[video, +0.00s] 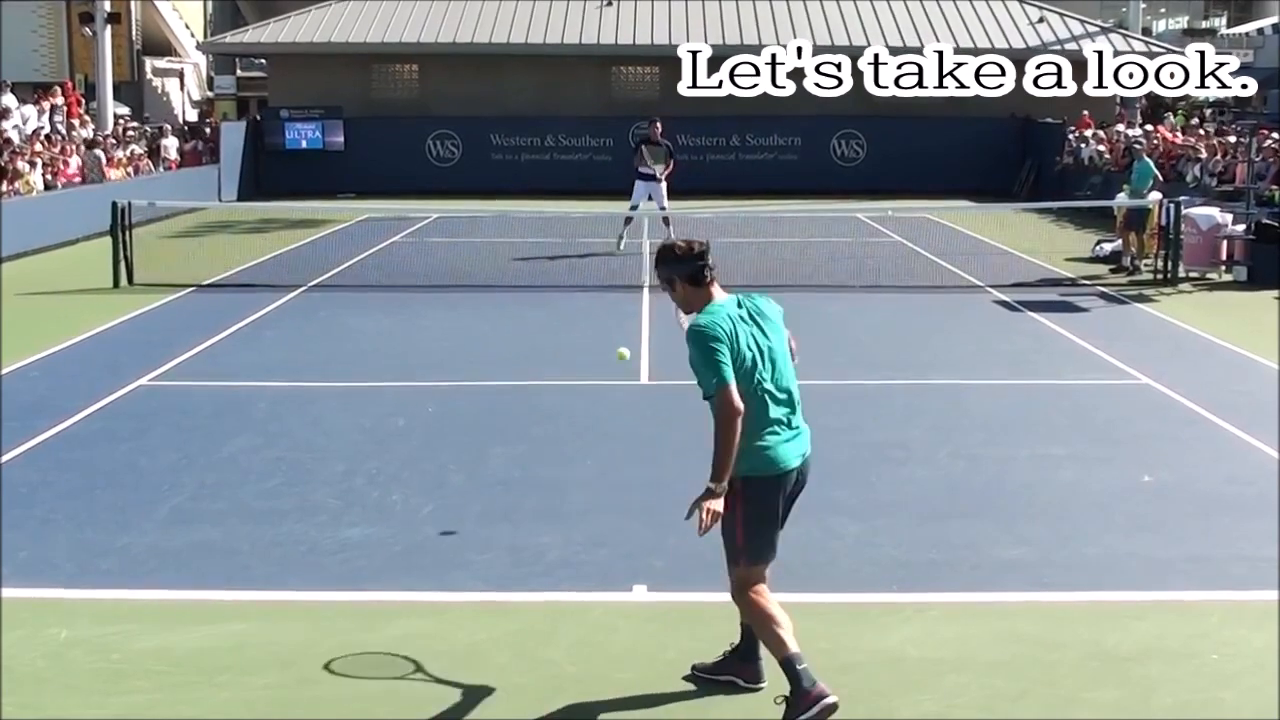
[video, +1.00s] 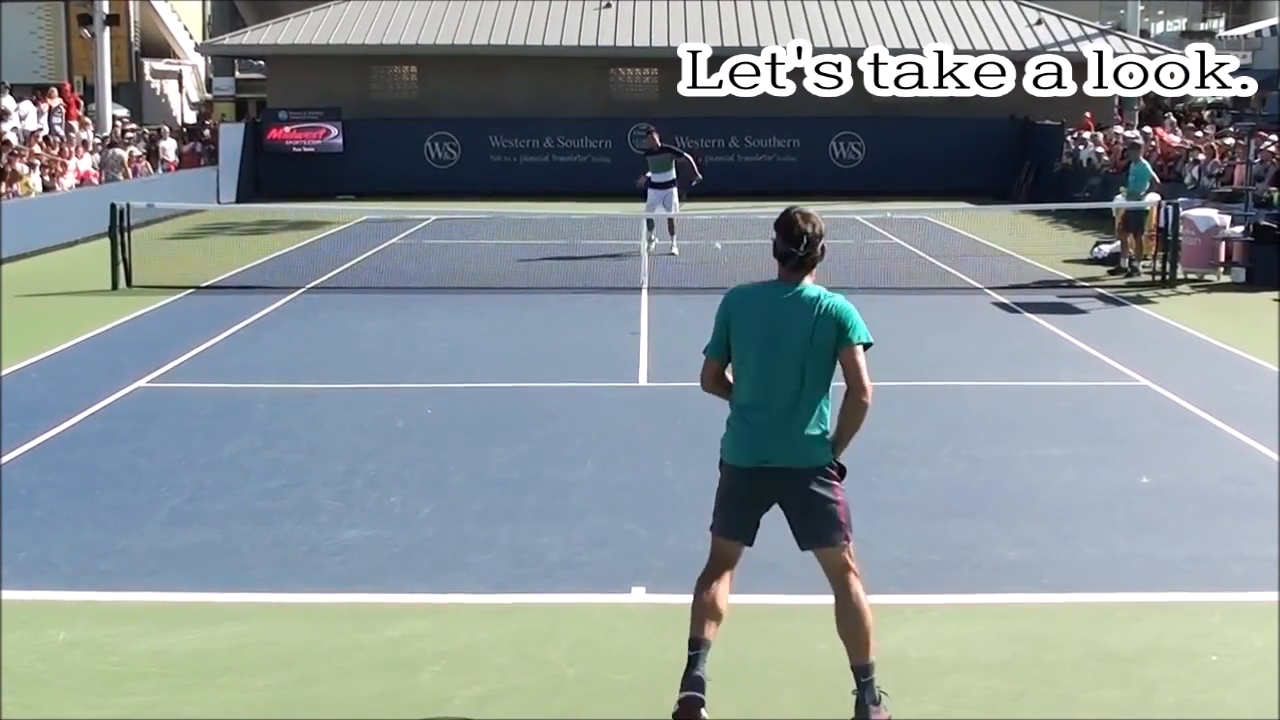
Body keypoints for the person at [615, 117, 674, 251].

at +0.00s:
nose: (656, 131)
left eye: (658, 128)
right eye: (653, 128)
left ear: (661, 130)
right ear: (649, 129)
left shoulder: (666, 145)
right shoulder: (641, 144)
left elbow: (671, 163)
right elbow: (637, 163)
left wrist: (663, 175)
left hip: (658, 181)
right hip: (642, 180)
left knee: (664, 209)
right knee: (633, 208)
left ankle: (670, 236)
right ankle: (622, 235)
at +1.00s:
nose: (653, 141)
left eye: (654, 137)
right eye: (650, 139)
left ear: (658, 137)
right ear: (647, 141)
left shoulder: (668, 150)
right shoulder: (648, 154)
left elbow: (688, 157)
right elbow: (652, 169)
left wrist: (697, 173)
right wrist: (646, 176)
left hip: (670, 188)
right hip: (653, 188)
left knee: (671, 216)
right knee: (648, 215)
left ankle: (673, 244)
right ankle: (651, 238)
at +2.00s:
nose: (644, 141)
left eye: (646, 138)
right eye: (641, 139)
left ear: (649, 141)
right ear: (636, 141)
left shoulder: (654, 156)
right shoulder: (631, 155)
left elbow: (658, 173)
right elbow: (623, 173)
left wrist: (651, 182)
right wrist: (633, 171)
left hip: (647, 189)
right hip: (632, 189)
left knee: (651, 217)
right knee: (628, 217)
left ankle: (653, 244)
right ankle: (620, 244)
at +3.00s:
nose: (617, 140)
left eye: (620, 137)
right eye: (615, 136)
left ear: (622, 140)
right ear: (610, 137)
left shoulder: (623, 156)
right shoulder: (598, 151)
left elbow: (621, 170)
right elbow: (589, 163)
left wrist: (617, 179)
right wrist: (587, 170)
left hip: (614, 184)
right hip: (600, 184)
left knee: (623, 213)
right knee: (599, 214)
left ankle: (630, 241)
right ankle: (594, 243)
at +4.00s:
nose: (629, 128)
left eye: (631, 126)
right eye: (627, 126)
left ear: (634, 128)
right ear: (622, 128)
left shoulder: (640, 144)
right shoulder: (615, 142)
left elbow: (643, 161)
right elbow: (609, 159)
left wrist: (636, 171)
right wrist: (620, 160)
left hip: (633, 178)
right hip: (617, 178)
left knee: (635, 206)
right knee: (612, 205)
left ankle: (635, 230)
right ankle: (608, 229)